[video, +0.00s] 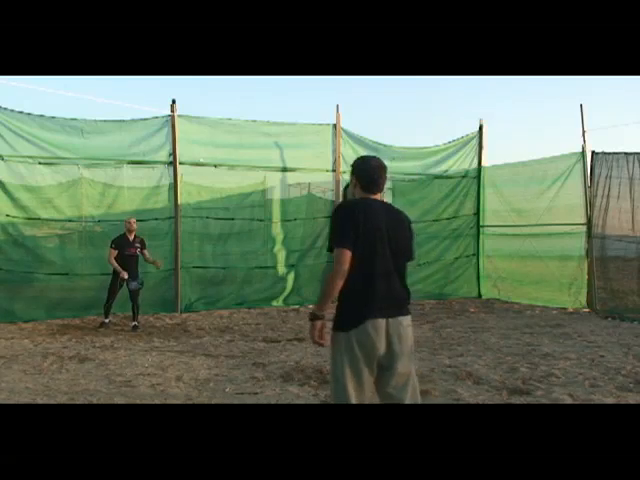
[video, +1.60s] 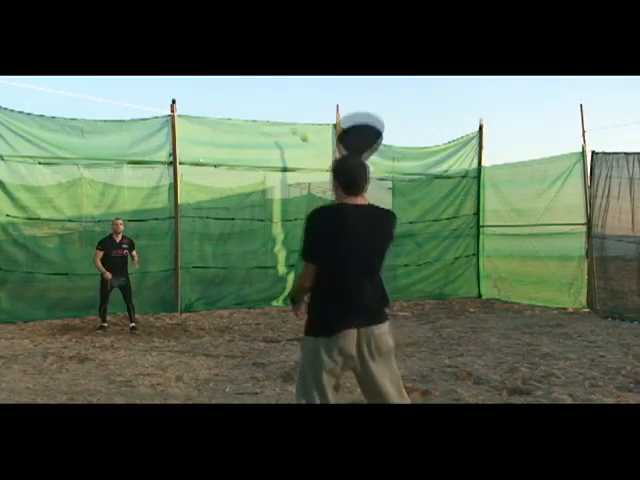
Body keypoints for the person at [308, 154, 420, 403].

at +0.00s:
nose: (349, 183)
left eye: (350, 179)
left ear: (354, 181)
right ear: (383, 184)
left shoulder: (347, 211)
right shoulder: (400, 217)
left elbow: (341, 268)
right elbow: (402, 264)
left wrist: (319, 313)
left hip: (358, 323)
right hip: (399, 321)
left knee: (352, 396)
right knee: (403, 395)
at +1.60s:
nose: (333, 183)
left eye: (333, 179)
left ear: (336, 184)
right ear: (365, 183)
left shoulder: (320, 218)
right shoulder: (386, 219)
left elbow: (308, 274)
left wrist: (297, 297)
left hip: (329, 328)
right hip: (375, 326)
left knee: (315, 397)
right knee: (391, 396)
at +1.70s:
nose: (319, 182)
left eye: (320, 177)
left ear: (322, 184)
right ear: (353, 181)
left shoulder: (307, 221)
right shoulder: (371, 215)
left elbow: (294, 278)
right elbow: (376, 182)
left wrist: (285, 292)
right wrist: (367, 145)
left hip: (322, 327)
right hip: (369, 324)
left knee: (313, 397)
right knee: (382, 396)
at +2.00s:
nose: (302, 185)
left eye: (302, 180)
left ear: (306, 185)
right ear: (339, 180)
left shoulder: (297, 224)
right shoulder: (363, 212)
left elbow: (295, 288)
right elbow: (411, 207)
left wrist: (291, 302)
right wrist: (391, 166)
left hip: (321, 333)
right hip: (369, 328)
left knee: (316, 398)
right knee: (383, 398)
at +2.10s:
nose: (309, 186)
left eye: (310, 181)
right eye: (311, 180)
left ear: (314, 186)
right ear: (344, 183)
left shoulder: (306, 225)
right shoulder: (370, 215)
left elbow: (304, 286)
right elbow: (417, 245)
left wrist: (294, 309)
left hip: (327, 335)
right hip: (374, 331)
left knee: (316, 398)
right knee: (390, 398)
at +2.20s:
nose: (322, 188)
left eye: (323, 183)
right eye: (324, 183)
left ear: (327, 188)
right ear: (356, 186)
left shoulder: (319, 228)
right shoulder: (383, 222)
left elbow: (317, 291)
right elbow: (417, 269)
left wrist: (298, 315)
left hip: (335, 338)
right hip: (382, 335)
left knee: (315, 398)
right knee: (396, 399)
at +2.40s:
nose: (342, 186)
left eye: (342, 182)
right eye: (343, 182)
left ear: (346, 185)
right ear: (375, 186)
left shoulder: (338, 218)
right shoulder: (399, 221)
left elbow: (335, 278)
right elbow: (417, 279)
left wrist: (307, 312)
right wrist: (388, 293)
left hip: (350, 330)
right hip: (394, 329)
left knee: (311, 395)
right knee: (402, 399)